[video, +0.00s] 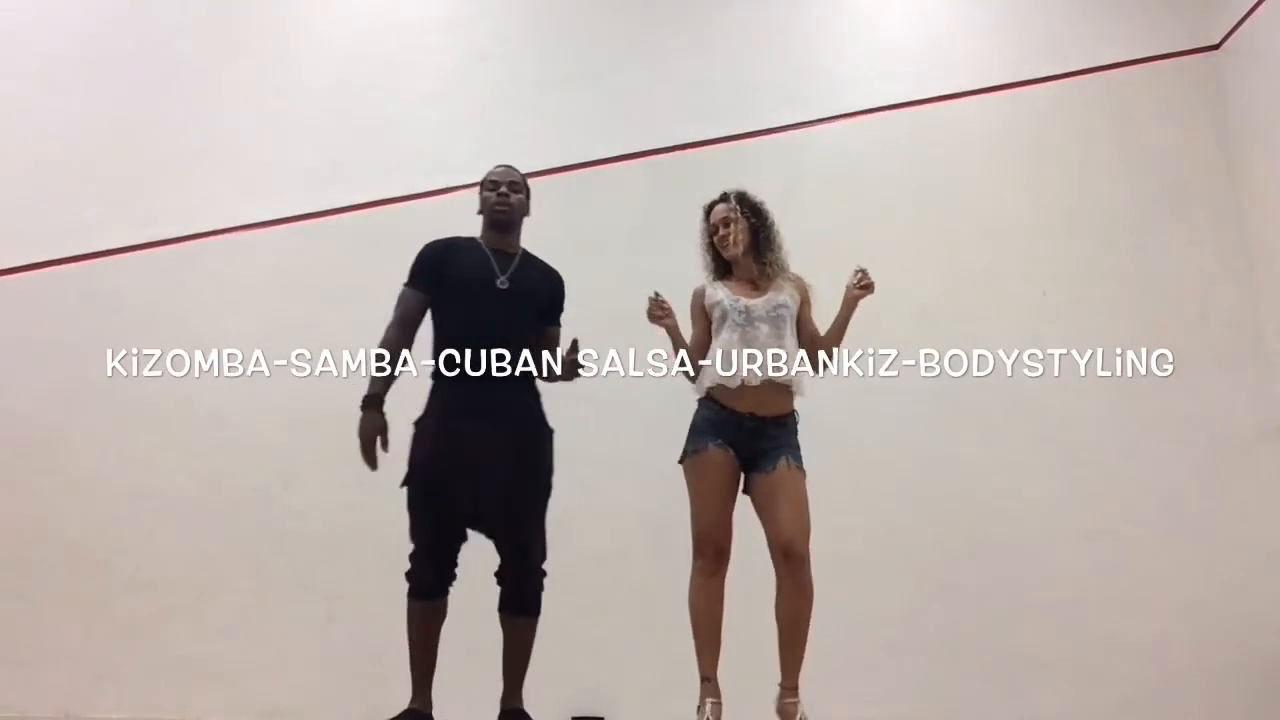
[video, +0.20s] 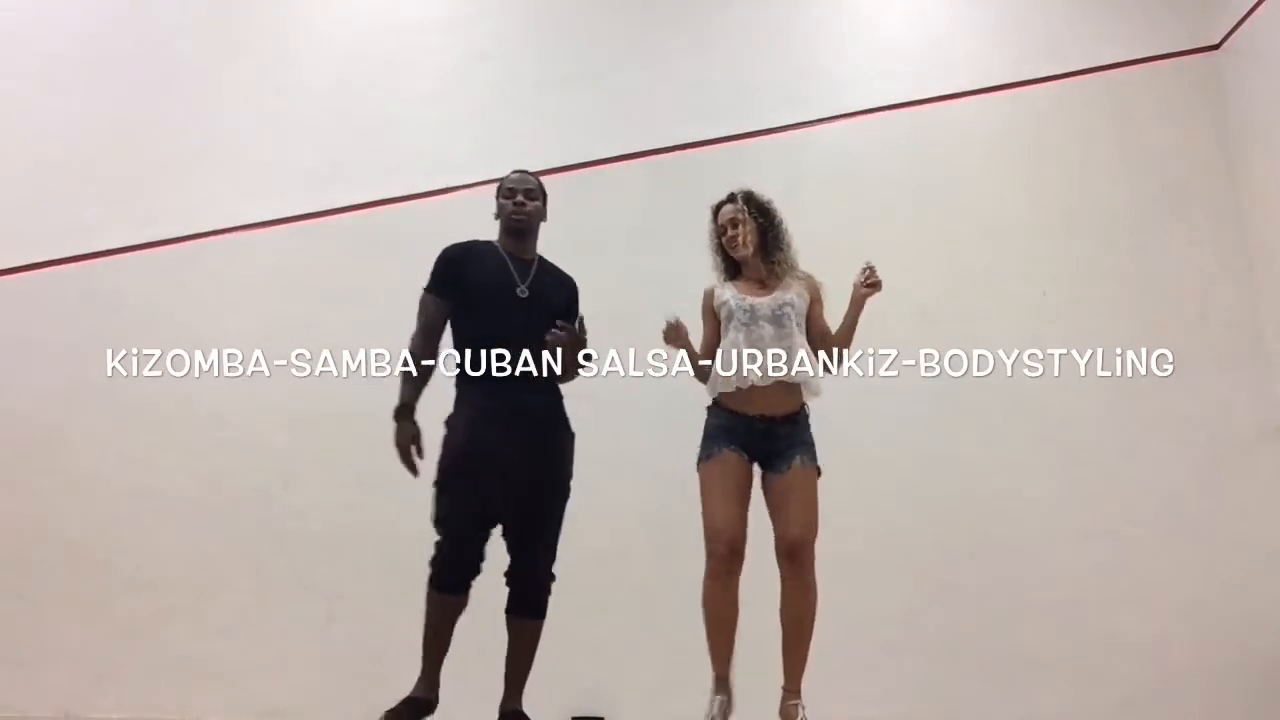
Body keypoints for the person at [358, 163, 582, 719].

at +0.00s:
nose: (503, 192)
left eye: (514, 187)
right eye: (493, 185)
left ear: (529, 207)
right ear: (477, 202)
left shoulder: (545, 280)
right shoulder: (442, 256)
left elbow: (543, 363)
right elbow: (401, 329)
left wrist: (563, 365)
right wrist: (372, 403)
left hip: (519, 442)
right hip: (447, 435)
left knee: (524, 574)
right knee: (429, 568)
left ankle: (512, 703)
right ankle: (420, 703)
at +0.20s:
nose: (520, 202)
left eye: (530, 196)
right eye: (510, 194)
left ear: (546, 211)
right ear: (495, 207)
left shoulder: (560, 286)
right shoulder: (461, 261)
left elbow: (568, 371)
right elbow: (426, 338)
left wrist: (572, 348)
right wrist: (405, 409)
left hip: (542, 445)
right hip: (473, 439)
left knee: (533, 577)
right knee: (453, 561)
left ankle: (513, 704)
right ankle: (426, 689)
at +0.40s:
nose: (524, 206)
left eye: (535, 199)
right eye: (515, 198)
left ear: (550, 212)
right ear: (500, 208)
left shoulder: (571, 283)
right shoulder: (466, 267)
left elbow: (583, 367)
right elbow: (440, 347)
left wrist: (588, 347)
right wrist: (424, 411)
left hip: (550, 443)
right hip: (483, 438)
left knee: (535, 573)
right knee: (475, 560)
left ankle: (514, 703)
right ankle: (461, 690)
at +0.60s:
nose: (511, 207)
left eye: (523, 199)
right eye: (503, 199)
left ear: (540, 211)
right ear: (490, 209)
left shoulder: (569, 274)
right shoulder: (461, 275)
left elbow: (598, 343)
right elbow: (441, 354)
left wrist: (601, 374)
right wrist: (418, 405)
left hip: (547, 443)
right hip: (477, 440)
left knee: (533, 576)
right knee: (460, 561)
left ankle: (514, 703)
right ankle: (475, 671)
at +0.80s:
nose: (497, 225)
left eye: (507, 216)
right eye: (487, 217)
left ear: (525, 219)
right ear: (476, 223)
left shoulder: (555, 275)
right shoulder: (456, 289)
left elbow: (586, 351)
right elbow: (443, 367)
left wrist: (603, 424)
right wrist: (414, 416)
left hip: (532, 450)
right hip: (466, 451)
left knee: (525, 580)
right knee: (464, 581)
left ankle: (513, 703)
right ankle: (471, 704)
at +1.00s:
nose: (481, 233)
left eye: (491, 224)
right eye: (473, 225)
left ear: (512, 221)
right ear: (464, 227)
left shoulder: (546, 275)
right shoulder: (454, 291)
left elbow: (570, 360)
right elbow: (444, 367)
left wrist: (560, 431)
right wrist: (419, 423)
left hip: (518, 444)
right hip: (458, 446)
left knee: (507, 565)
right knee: (459, 573)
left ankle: (507, 692)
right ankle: (471, 702)